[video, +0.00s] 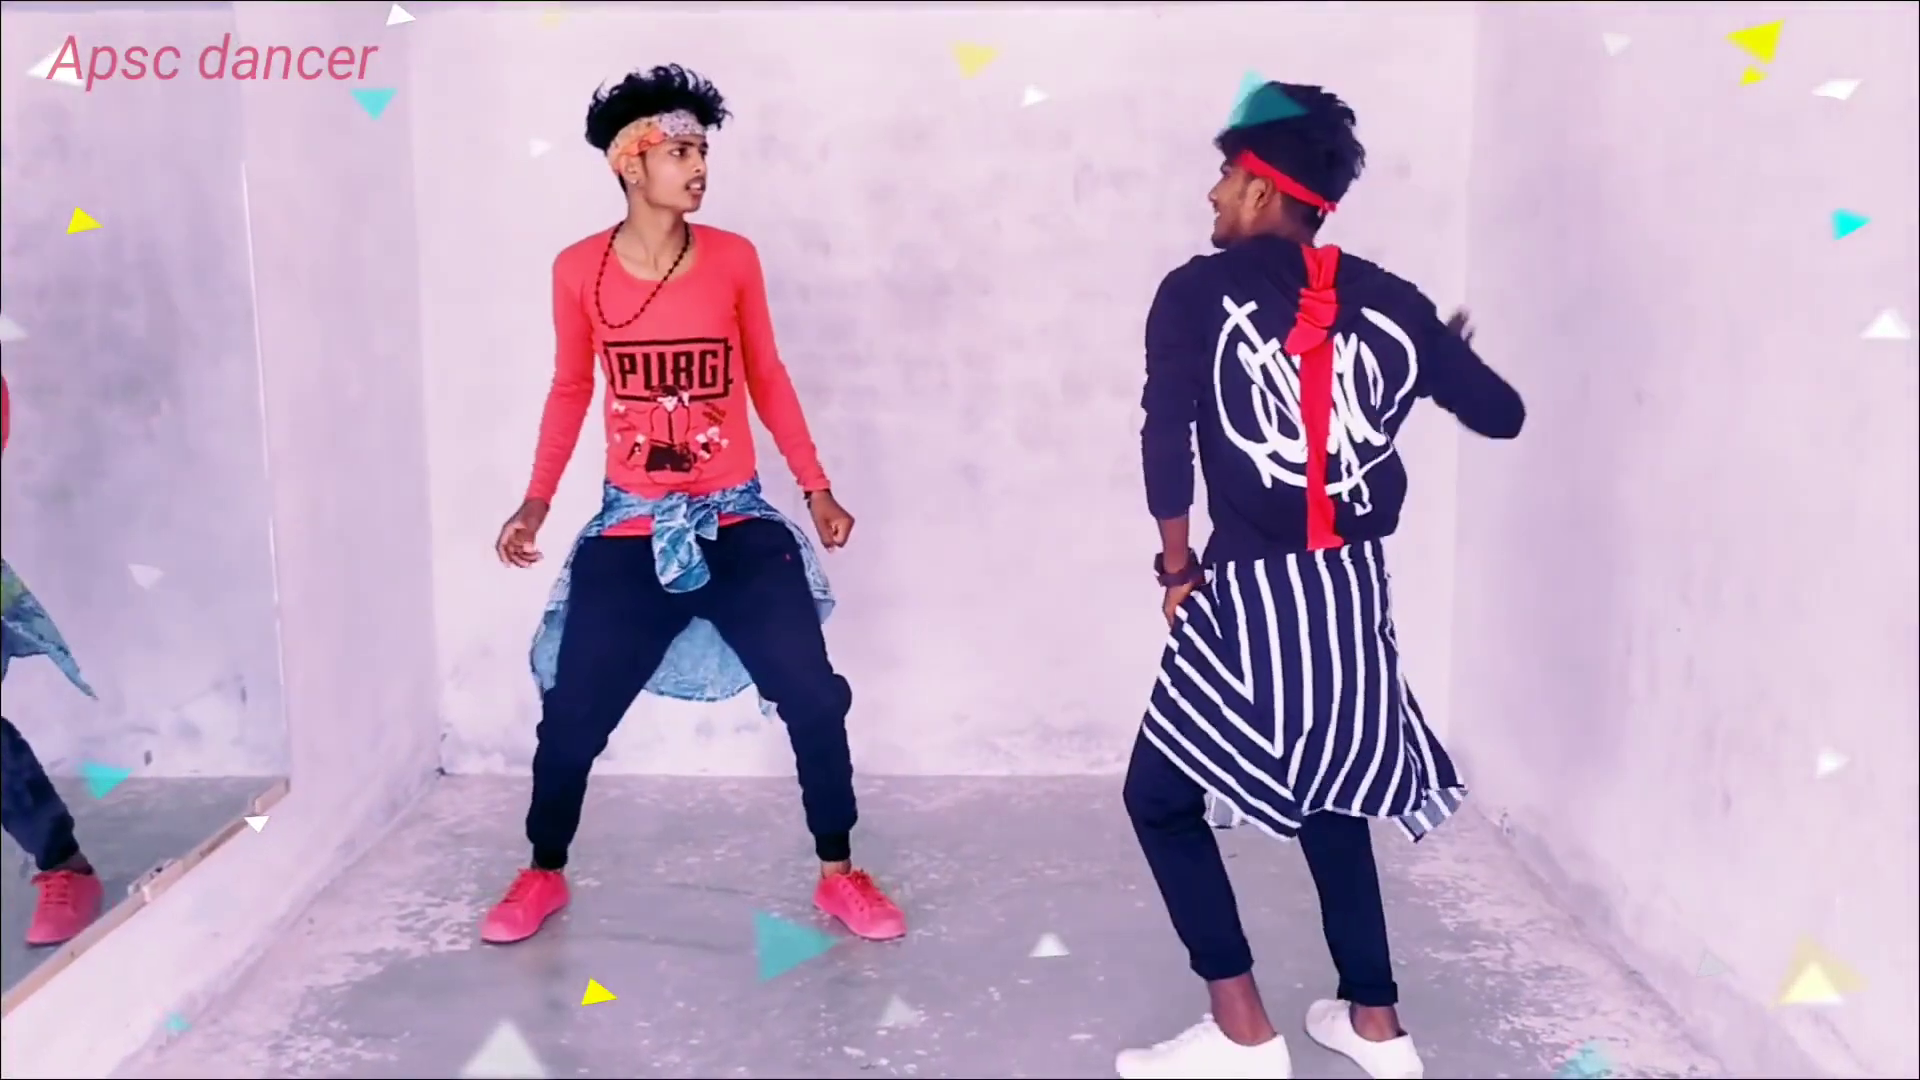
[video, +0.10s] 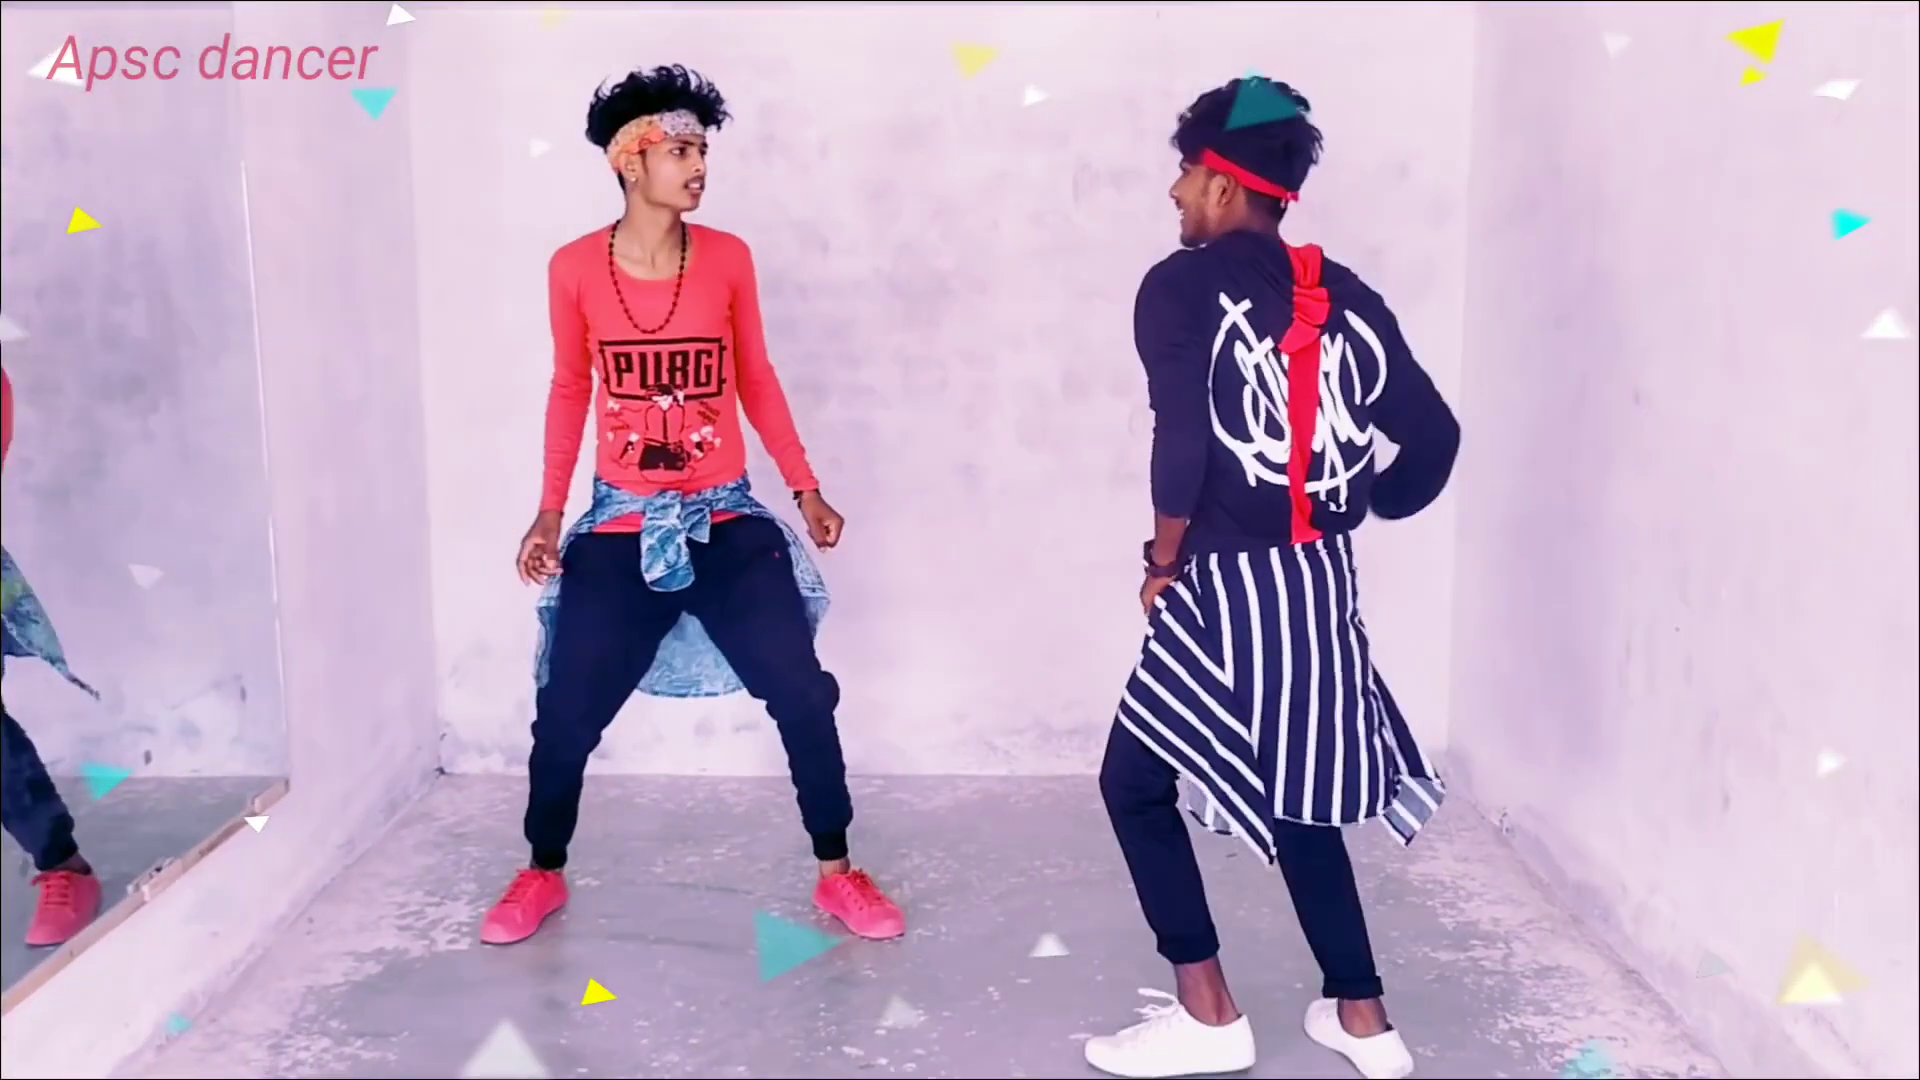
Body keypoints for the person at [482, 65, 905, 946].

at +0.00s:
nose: (696, 165)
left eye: (700, 149)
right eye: (674, 150)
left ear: (705, 161)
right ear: (625, 166)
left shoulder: (732, 260)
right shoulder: (581, 270)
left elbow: (766, 379)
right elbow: (570, 387)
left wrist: (816, 486)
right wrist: (537, 499)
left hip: (738, 524)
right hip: (629, 531)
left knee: (815, 698)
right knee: (572, 718)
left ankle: (839, 872)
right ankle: (543, 874)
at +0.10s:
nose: (696, 164)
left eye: (700, 148)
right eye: (675, 148)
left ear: (704, 160)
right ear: (624, 164)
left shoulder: (726, 259)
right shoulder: (577, 268)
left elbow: (755, 380)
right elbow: (570, 387)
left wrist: (806, 488)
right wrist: (551, 512)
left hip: (725, 523)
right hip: (618, 529)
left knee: (802, 691)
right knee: (567, 710)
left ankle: (838, 870)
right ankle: (542, 873)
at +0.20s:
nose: (690, 161)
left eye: (694, 144)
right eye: (668, 145)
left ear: (698, 155)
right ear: (619, 160)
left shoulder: (718, 254)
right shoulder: (569, 262)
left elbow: (740, 378)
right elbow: (557, 383)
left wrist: (781, 487)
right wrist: (550, 508)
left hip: (718, 515)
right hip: (612, 522)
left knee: (792, 680)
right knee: (560, 705)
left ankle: (836, 866)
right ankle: (541, 872)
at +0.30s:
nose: (686, 147)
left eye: (690, 132)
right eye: (663, 132)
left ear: (696, 149)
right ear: (615, 154)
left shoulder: (721, 250)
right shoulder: (572, 256)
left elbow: (735, 373)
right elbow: (548, 376)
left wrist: (761, 486)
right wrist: (538, 503)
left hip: (717, 510)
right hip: (613, 515)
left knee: (793, 675)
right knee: (565, 699)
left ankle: (837, 857)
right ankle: (542, 871)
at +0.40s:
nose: (695, 147)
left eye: (701, 131)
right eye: (672, 133)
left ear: (710, 145)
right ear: (628, 155)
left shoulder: (735, 252)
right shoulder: (585, 256)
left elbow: (751, 374)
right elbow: (561, 376)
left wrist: (780, 487)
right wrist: (532, 495)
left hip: (732, 511)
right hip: (628, 515)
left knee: (799, 683)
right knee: (573, 704)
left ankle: (836, 853)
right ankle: (545, 870)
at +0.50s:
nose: (716, 145)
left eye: (721, 128)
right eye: (694, 131)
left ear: (729, 141)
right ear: (648, 149)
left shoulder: (755, 245)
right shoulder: (607, 251)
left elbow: (778, 366)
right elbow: (592, 369)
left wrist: (810, 482)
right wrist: (550, 486)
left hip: (758, 504)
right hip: (652, 510)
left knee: (809, 677)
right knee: (597, 691)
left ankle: (839, 852)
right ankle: (550, 866)